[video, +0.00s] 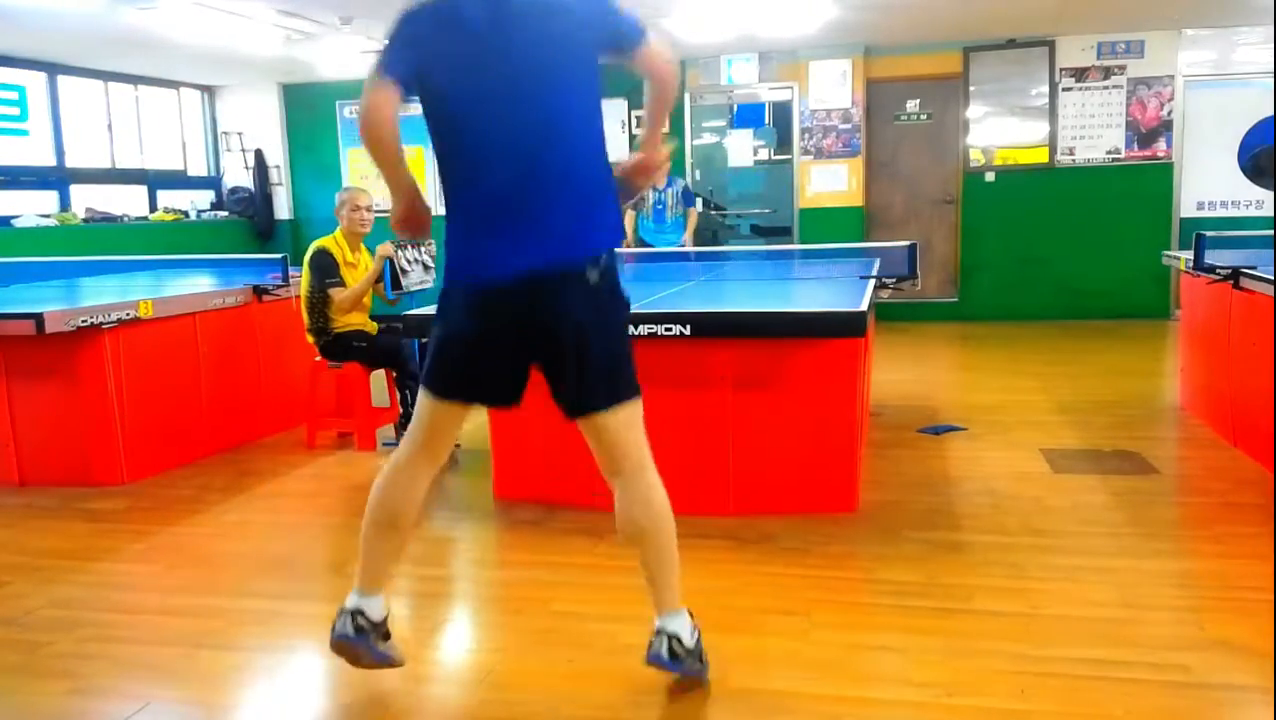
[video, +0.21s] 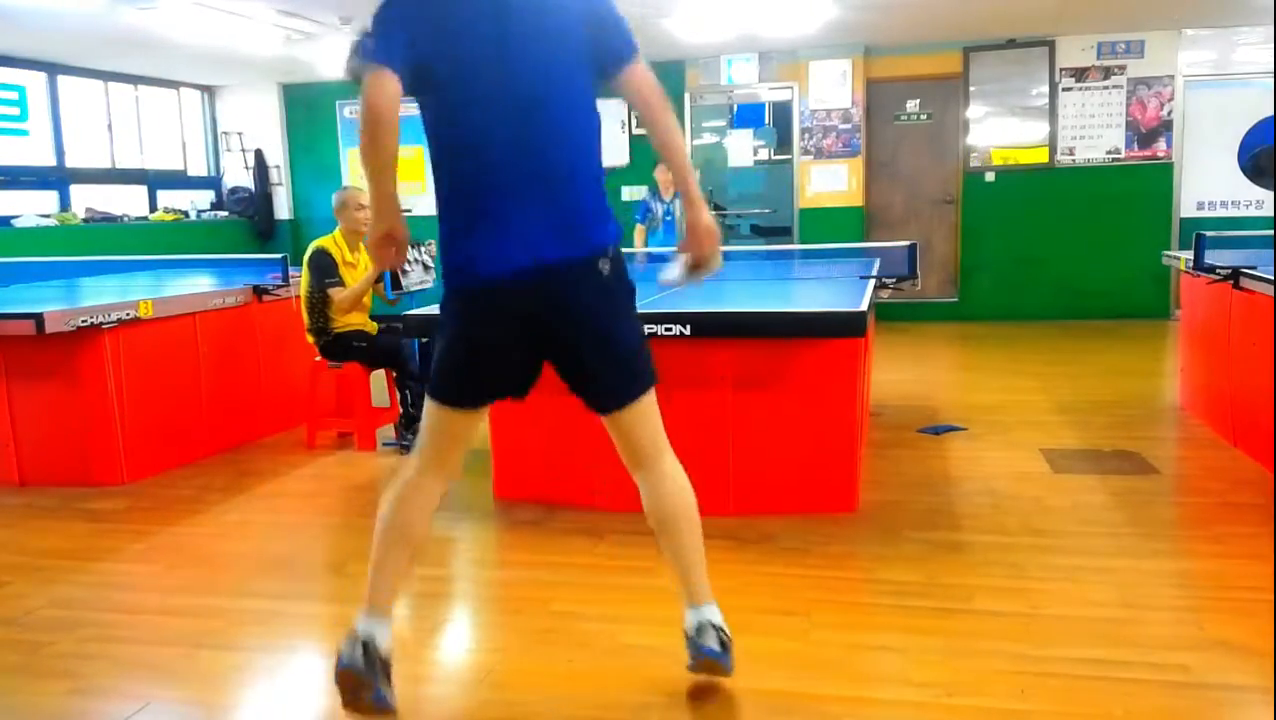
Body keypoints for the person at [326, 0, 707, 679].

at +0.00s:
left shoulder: (426, 17)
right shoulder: (576, 8)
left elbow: (376, 113)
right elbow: (663, 66)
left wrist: (404, 195)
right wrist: (651, 150)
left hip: (482, 278)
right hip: (580, 268)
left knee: (422, 449)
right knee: (630, 462)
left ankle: (362, 611)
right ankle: (675, 627)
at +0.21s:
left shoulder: (410, 10)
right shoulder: (580, 6)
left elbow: (378, 108)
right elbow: (647, 95)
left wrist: (385, 217)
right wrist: (694, 203)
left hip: (482, 278)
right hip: (584, 266)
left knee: (430, 466)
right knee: (651, 458)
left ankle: (370, 634)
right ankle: (705, 618)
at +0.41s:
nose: (509, 44)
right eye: (508, 33)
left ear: (426, 42)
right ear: (500, 39)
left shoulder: (386, 127)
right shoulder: (550, 119)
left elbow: (341, 244)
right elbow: (623, 238)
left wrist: (382, 317)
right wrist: (674, 337)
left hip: (443, 391)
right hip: (552, 383)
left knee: (403, 551)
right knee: (632, 523)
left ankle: (372, 710)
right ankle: (712, 673)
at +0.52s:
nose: (495, 23)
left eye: (488, 16)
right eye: (494, 15)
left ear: (411, 13)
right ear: (482, 13)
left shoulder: (353, 84)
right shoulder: (521, 86)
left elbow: (298, 194)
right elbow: (588, 214)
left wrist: (357, 270)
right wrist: (625, 313)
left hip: (377, 352)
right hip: (483, 347)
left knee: (376, 524)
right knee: (566, 506)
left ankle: (351, 699)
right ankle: (612, 678)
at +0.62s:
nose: (473, 13)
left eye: (469, 9)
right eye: (472, 7)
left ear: (389, 3)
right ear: (458, 5)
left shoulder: (322, 67)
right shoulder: (494, 72)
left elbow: (264, 191)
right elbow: (549, 214)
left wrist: (307, 257)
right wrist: (578, 314)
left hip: (332, 341)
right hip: (440, 343)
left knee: (319, 513)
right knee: (491, 536)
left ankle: (268, 689)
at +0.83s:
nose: (418, 58)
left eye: (417, 41)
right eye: (418, 41)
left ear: (336, 40)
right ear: (405, 41)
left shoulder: (263, 128)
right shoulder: (411, 136)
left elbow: (203, 251)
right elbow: (454, 285)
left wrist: (248, 331)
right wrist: (497, 388)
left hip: (246, 400)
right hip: (351, 406)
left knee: (221, 553)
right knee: (433, 578)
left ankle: (144, 706)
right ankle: (425, 711)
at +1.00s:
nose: (389, 48)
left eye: (387, 33)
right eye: (388, 31)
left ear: (304, 29)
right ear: (374, 29)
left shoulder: (227, 107)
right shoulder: (373, 120)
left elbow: (167, 232)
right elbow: (397, 264)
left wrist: (228, 299)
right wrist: (465, 363)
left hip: (197, 372)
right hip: (299, 382)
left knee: (198, 539)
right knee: (400, 557)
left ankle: (116, 701)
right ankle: (380, 711)